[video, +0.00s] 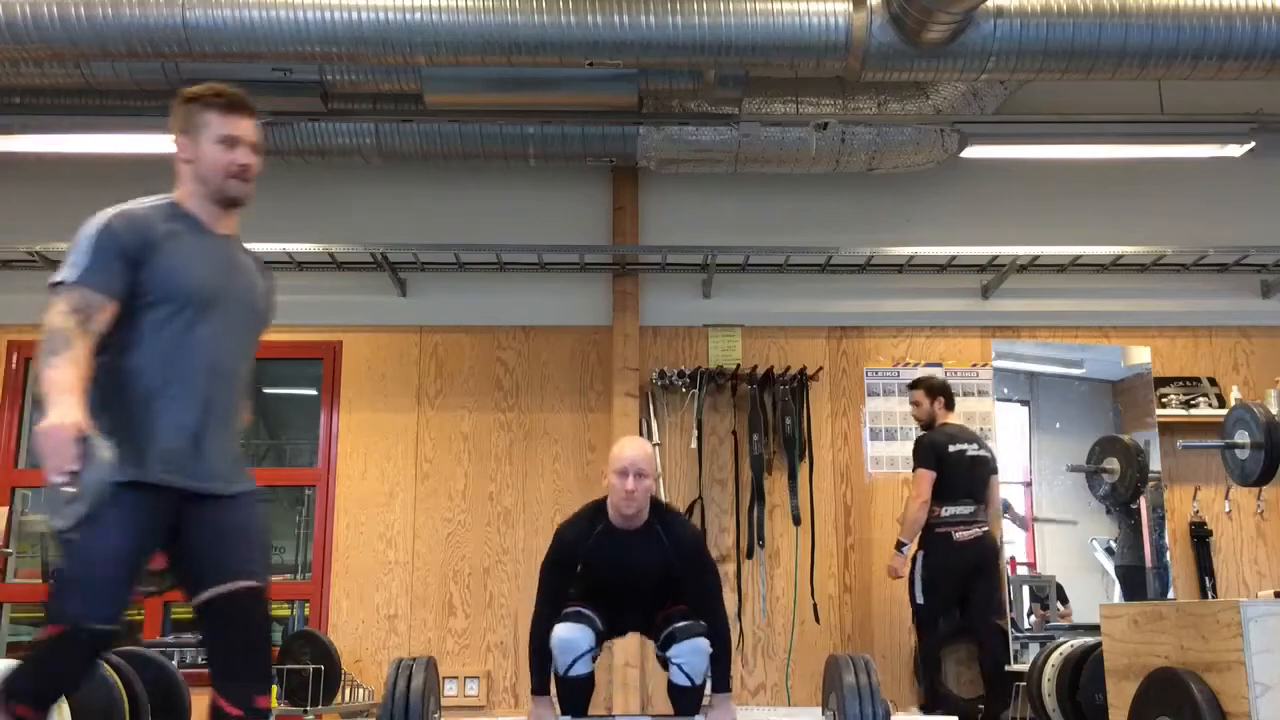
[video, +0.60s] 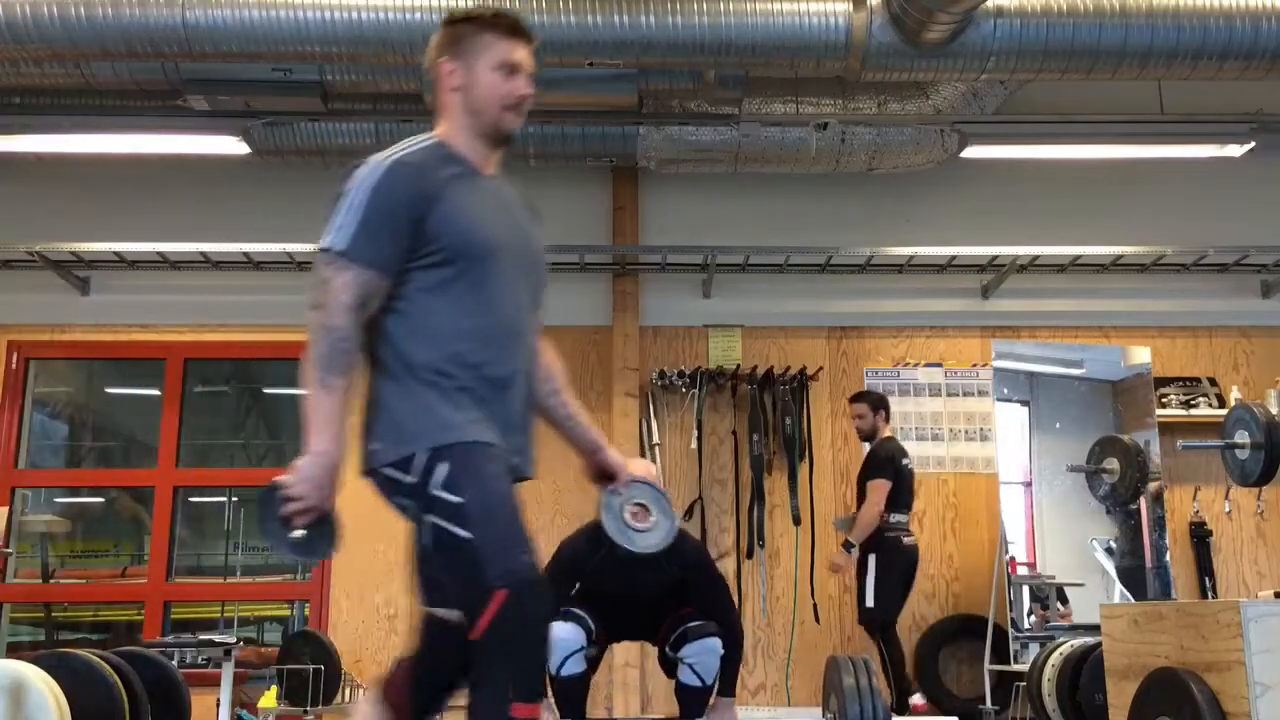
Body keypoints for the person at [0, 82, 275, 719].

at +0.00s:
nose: (247, 159)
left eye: (254, 148)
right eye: (230, 144)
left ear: (260, 158)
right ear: (183, 151)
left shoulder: (254, 277)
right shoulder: (125, 230)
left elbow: (229, 387)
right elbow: (67, 332)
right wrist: (64, 413)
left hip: (218, 482)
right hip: (124, 473)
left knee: (245, 660)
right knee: (80, 637)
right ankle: (16, 705)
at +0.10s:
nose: (298, 149)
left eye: (306, 138)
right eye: (281, 132)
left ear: (310, 147)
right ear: (235, 132)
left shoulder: (299, 261)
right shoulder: (173, 214)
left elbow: (282, 368)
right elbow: (112, 317)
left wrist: (289, 447)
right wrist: (111, 406)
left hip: (271, 473)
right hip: (176, 463)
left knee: (269, 650)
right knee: (159, 636)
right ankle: (82, 705)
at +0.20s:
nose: (342, 136)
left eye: (350, 125)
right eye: (326, 118)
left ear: (354, 134)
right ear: (278, 116)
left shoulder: (341, 246)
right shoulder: (219, 198)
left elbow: (335, 376)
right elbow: (159, 307)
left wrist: (348, 482)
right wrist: (156, 411)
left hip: (311, 451)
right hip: (234, 434)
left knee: (293, 615)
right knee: (255, 588)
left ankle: (260, 713)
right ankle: (180, 700)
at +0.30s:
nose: (385, 126)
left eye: (393, 115)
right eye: (369, 108)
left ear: (397, 127)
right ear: (319, 107)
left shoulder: (378, 234)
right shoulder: (262, 189)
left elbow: (384, 363)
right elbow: (203, 315)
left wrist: (427, 468)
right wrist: (194, 430)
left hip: (348, 453)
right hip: (277, 431)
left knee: (295, 627)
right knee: (317, 591)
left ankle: (266, 715)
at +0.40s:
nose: (430, 121)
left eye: (438, 110)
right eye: (414, 103)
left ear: (441, 120)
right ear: (362, 101)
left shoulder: (420, 238)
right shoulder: (305, 190)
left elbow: (431, 366)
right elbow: (240, 319)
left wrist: (499, 459)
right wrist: (229, 447)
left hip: (383, 458)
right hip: (314, 442)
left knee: (306, 653)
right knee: (381, 612)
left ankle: (282, 714)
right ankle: (385, 714)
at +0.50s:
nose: (478, 109)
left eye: (483, 97)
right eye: (461, 92)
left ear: (483, 108)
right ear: (406, 93)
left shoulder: (463, 226)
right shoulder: (348, 189)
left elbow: (478, 362)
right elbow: (280, 319)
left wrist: (552, 452)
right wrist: (270, 452)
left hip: (428, 455)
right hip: (370, 447)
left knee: (349, 656)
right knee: (457, 621)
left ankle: (306, 717)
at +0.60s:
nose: (526, 89)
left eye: (530, 75)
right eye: (508, 72)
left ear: (528, 85)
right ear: (451, 76)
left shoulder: (508, 201)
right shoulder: (399, 175)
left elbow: (521, 340)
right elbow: (336, 315)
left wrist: (596, 451)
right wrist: (322, 453)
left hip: (490, 443)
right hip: (430, 435)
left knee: (453, 635)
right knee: (514, 604)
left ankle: (379, 710)